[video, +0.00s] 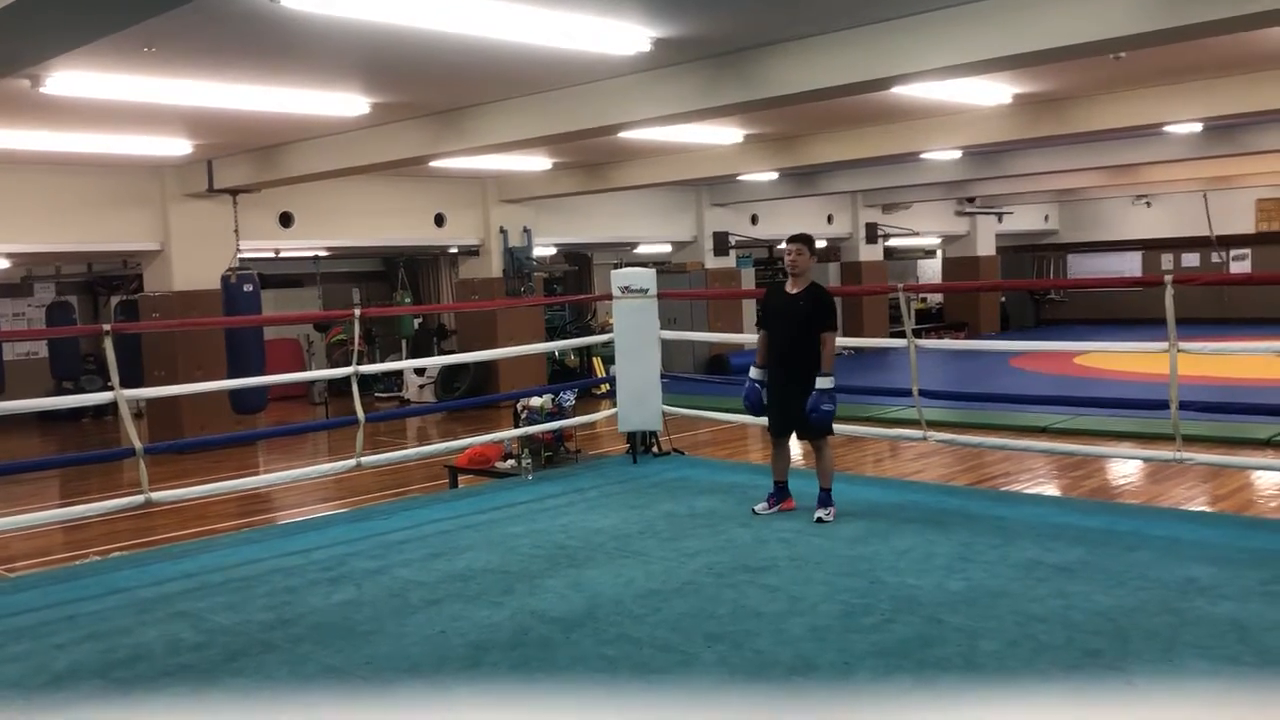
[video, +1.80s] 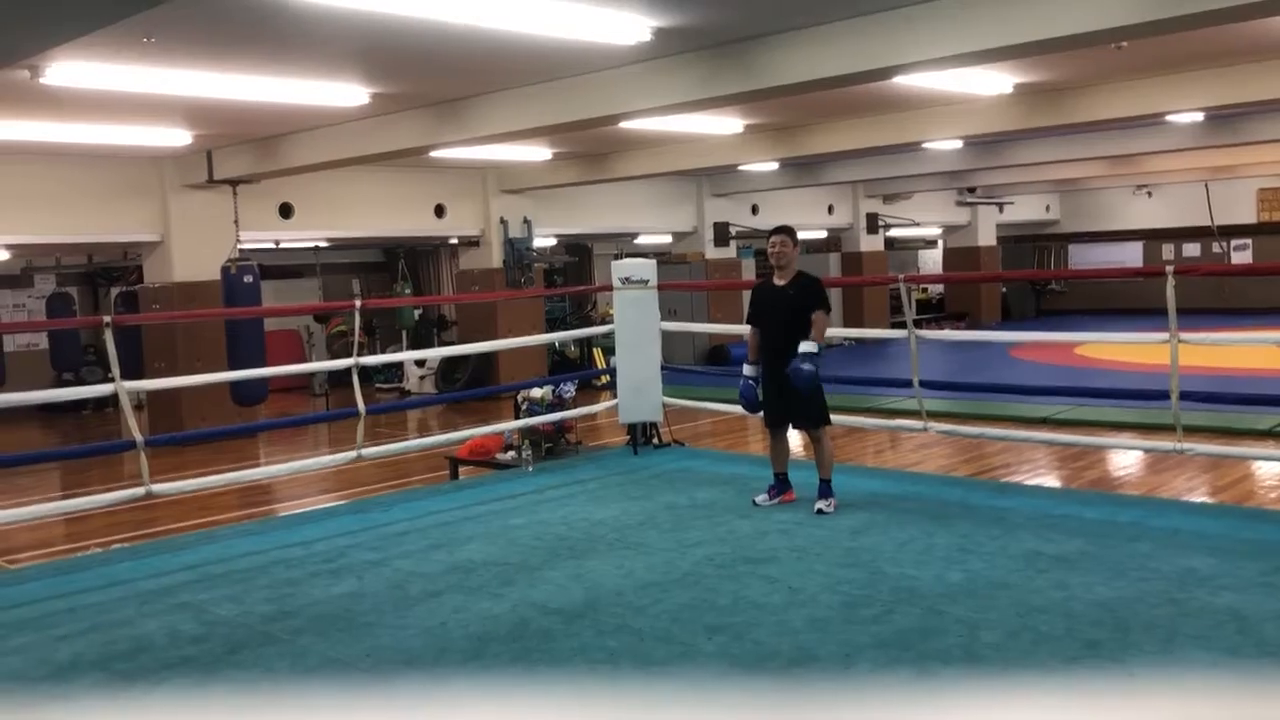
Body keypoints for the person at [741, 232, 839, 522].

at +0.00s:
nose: (792, 258)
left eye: (799, 253)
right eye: (788, 253)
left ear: (812, 259)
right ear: (783, 258)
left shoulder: (822, 298)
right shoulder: (773, 294)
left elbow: (828, 344)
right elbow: (764, 338)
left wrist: (825, 386)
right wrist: (755, 379)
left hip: (810, 383)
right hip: (778, 381)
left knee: (819, 442)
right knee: (778, 438)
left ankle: (825, 499)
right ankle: (780, 493)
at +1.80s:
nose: (777, 250)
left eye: (783, 245)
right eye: (772, 245)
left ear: (795, 249)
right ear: (767, 251)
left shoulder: (810, 284)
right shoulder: (761, 290)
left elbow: (820, 318)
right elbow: (754, 333)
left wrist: (810, 351)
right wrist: (750, 375)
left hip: (801, 367)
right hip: (770, 369)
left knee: (816, 431)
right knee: (775, 430)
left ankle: (825, 490)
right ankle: (781, 485)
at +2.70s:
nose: (775, 251)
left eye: (782, 246)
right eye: (772, 246)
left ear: (794, 249)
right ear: (766, 251)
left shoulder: (807, 283)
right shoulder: (763, 290)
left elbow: (810, 318)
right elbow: (759, 331)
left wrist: (799, 349)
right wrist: (756, 367)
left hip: (802, 365)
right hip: (771, 365)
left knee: (815, 427)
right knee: (775, 427)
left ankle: (825, 488)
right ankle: (781, 483)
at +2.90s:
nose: (775, 249)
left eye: (781, 244)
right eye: (771, 244)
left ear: (794, 248)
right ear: (766, 251)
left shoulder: (807, 284)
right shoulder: (762, 289)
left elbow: (817, 328)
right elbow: (758, 332)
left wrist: (822, 367)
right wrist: (753, 372)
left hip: (803, 370)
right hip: (773, 371)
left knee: (815, 429)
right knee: (776, 428)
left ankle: (825, 487)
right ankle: (781, 482)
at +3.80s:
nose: (778, 249)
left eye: (784, 244)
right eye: (773, 244)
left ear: (795, 248)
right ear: (767, 250)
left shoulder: (810, 283)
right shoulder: (761, 288)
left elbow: (819, 328)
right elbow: (756, 332)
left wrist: (816, 369)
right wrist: (751, 373)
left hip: (804, 369)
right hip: (773, 369)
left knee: (816, 429)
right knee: (776, 427)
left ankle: (826, 488)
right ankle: (781, 483)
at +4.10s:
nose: (776, 251)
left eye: (783, 245)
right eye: (772, 246)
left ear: (794, 249)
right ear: (766, 251)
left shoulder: (807, 285)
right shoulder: (761, 289)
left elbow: (815, 329)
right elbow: (756, 333)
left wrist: (811, 370)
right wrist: (751, 374)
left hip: (800, 369)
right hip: (770, 370)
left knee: (814, 431)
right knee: (775, 429)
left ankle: (824, 489)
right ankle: (781, 484)